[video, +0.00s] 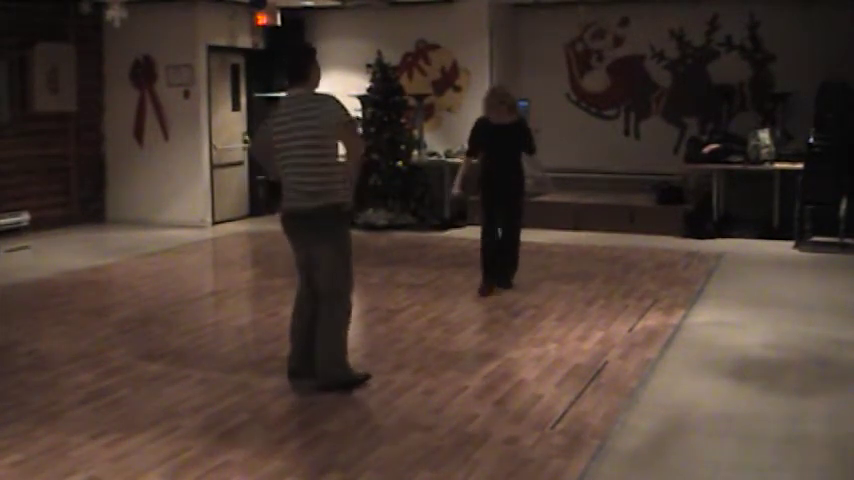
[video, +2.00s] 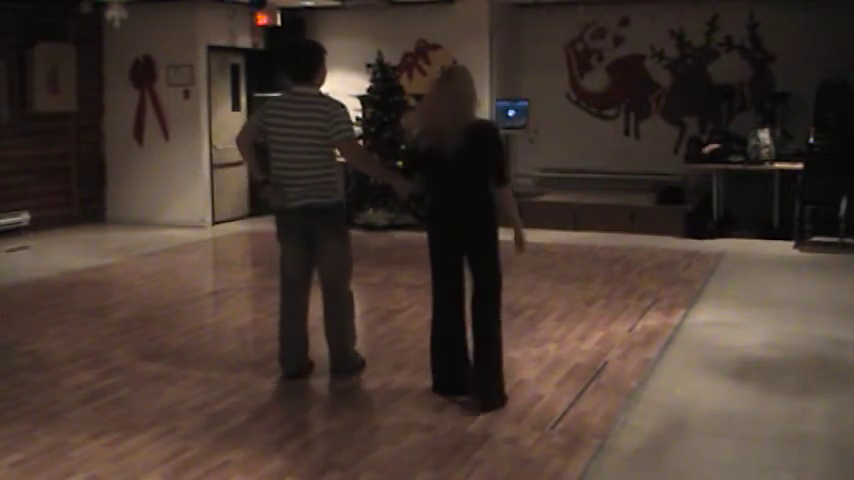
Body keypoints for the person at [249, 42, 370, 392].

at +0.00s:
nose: (320, 72)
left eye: (316, 66)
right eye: (317, 66)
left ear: (287, 73)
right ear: (312, 70)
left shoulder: (279, 112)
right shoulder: (328, 104)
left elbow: (259, 151)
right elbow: (356, 146)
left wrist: (282, 176)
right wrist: (349, 185)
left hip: (294, 212)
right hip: (328, 210)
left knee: (308, 286)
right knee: (336, 290)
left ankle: (300, 364)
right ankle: (333, 369)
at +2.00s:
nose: (326, 71)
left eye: (324, 64)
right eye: (324, 65)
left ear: (288, 69)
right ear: (318, 69)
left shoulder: (271, 106)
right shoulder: (329, 108)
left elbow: (243, 140)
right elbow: (352, 153)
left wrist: (258, 173)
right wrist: (393, 179)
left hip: (287, 210)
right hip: (327, 208)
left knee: (293, 287)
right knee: (336, 285)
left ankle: (293, 362)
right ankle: (344, 360)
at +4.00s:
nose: (304, 72)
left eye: (301, 65)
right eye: (302, 65)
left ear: (266, 70)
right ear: (295, 69)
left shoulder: (251, 111)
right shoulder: (311, 111)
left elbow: (232, 163)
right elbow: (329, 167)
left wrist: (259, 188)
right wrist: (371, 193)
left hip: (263, 225)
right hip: (307, 224)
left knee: (265, 305)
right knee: (325, 298)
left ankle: (269, 389)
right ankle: (333, 375)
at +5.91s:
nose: (306, 73)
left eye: (302, 66)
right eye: (303, 67)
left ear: (268, 71)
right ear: (299, 70)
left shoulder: (255, 112)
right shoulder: (313, 112)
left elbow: (226, 160)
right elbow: (336, 173)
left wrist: (217, 197)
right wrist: (382, 188)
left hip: (268, 225)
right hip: (312, 225)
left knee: (269, 307)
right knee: (324, 301)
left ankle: (269, 389)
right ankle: (335, 375)